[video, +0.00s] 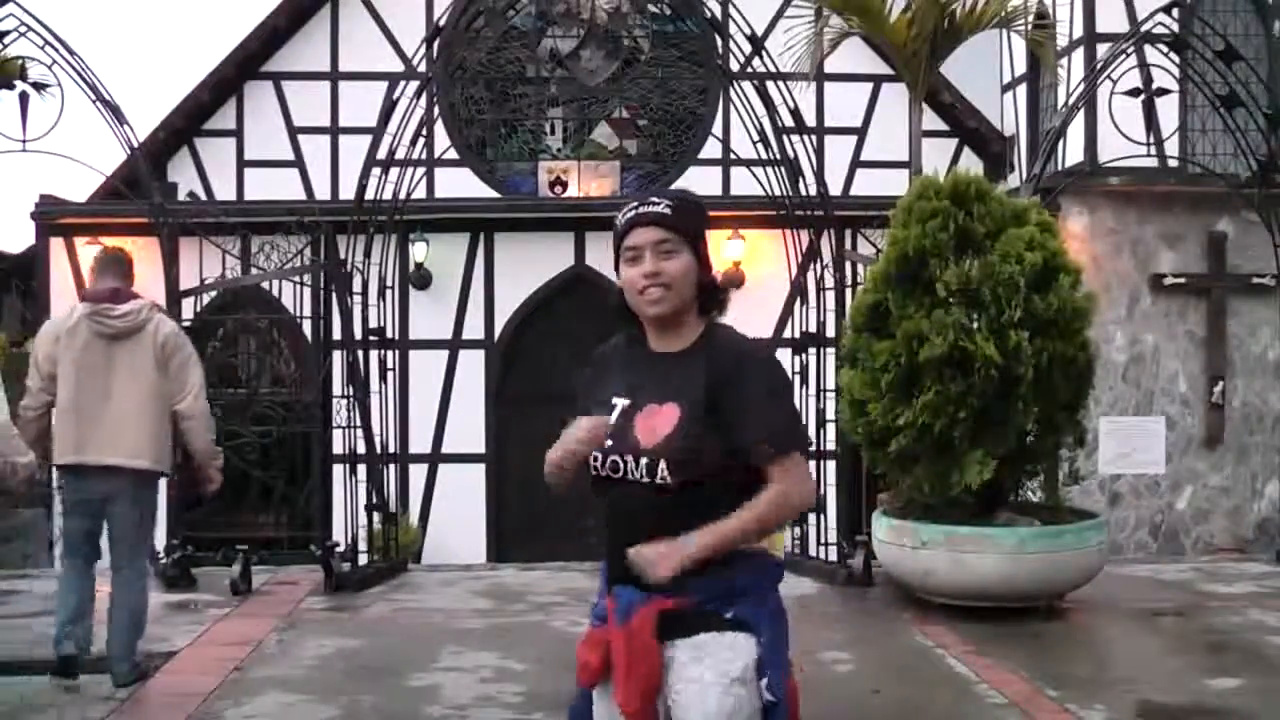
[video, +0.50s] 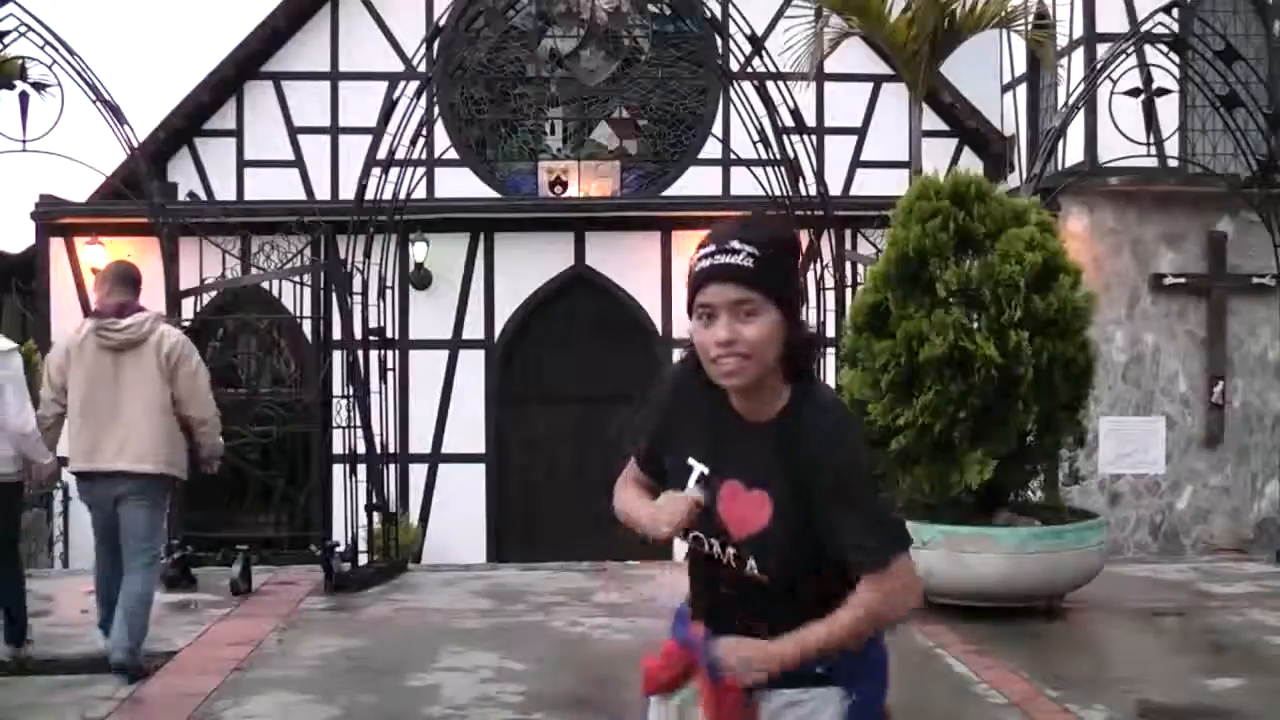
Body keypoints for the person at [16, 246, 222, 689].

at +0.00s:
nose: (102, 288)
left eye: (98, 280)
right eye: (120, 283)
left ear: (91, 281)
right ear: (133, 283)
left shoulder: (59, 331)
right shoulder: (164, 332)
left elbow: (31, 409)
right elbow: (192, 406)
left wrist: (49, 451)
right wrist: (209, 464)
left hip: (78, 466)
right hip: (137, 467)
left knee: (76, 559)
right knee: (131, 566)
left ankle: (68, 648)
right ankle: (122, 667)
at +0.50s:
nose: (94, 297)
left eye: (96, 290)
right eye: (97, 290)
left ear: (101, 290)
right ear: (138, 292)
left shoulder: (73, 342)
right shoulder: (170, 340)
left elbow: (48, 409)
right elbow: (199, 408)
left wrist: (46, 452)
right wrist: (211, 451)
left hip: (91, 466)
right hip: (147, 465)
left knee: (108, 552)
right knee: (141, 562)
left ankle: (110, 633)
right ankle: (125, 653)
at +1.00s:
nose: (97, 295)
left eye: (97, 289)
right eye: (99, 290)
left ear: (100, 289)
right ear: (136, 287)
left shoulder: (75, 336)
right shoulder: (164, 335)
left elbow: (60, 397)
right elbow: (186, 405)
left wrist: (66, 443)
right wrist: (197, 455)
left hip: (92, 456)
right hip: (147, 455)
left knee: (106, 546)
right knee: (162, 538)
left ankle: (117, 633)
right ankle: (175, 621)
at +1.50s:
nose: (129, 299)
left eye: (125, 292)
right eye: (144, 292)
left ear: (120, 290)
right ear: (155, 293)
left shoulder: (94, 334)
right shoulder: (177, 341)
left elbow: (68, 393)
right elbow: (196, 400)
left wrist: (53, 439)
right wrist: (211, 452)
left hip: (108, 448)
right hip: (156, 450)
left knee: (110, 530)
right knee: (153, 536)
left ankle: (117, 602)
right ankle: (145, 611)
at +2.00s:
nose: (116, 304)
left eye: (116, 298)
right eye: (121, 298)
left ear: (114, 297)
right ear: (144, 296)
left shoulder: (91, 338)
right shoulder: (173, 340)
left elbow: (62, 391)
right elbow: (185, 400)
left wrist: (41, 433)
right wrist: (169, 427)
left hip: (105, 447)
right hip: (153, 446)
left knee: (99, 523)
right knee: (149, 530)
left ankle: (88, 594)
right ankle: (145, 609)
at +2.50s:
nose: (90, 301)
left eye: (86, 293)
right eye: (102, 294)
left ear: (80, 294)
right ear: (111, 295)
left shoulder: (57, 338)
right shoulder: (136, 339)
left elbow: (40, 397)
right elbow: (154, 396)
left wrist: (44, 434)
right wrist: (159, 443)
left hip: (74, 442)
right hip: (117, 442)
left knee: (81, 519)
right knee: (118, 508)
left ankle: (90, 596)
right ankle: (127, 574)